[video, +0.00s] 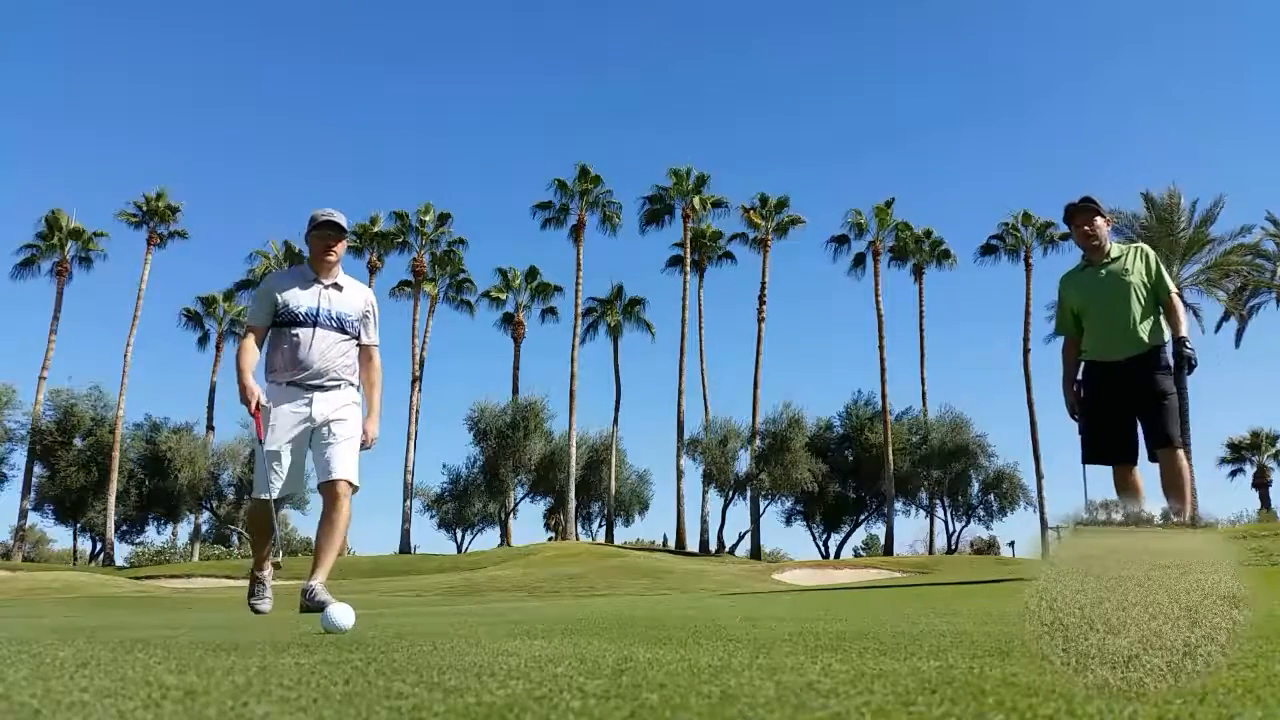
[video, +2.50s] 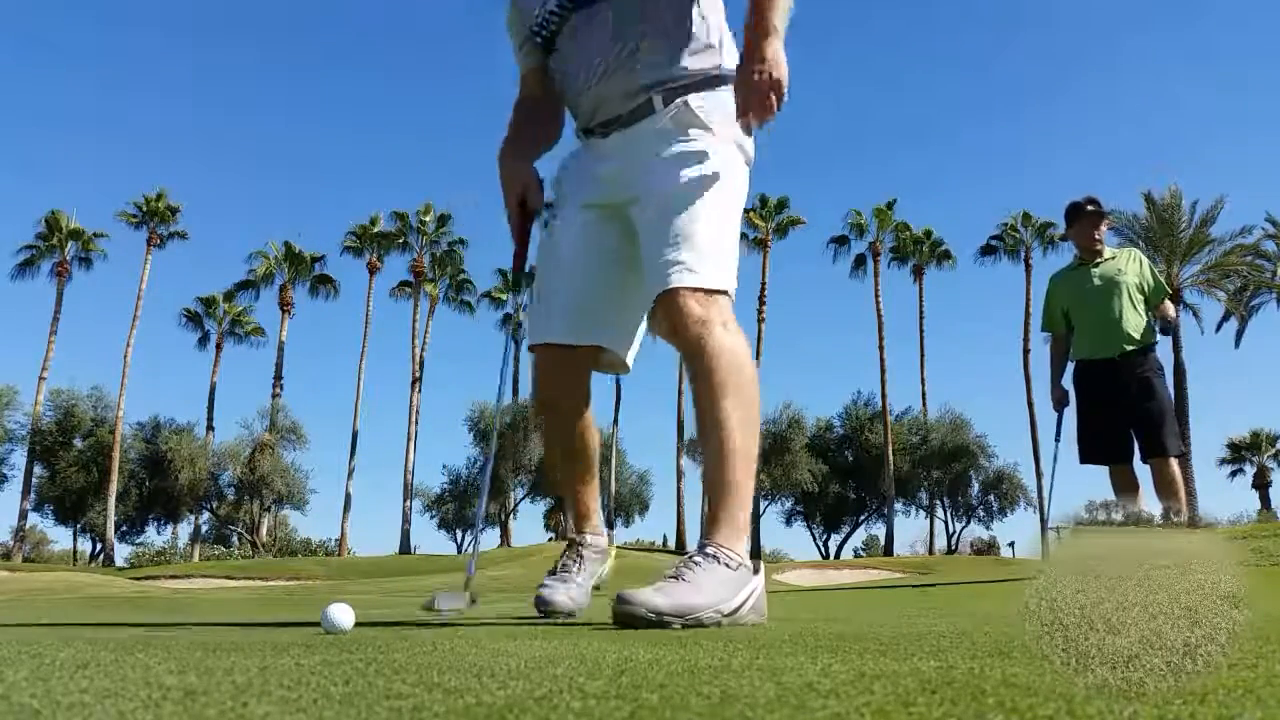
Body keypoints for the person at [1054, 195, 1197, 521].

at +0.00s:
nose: (1087, 229)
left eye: (1092, 221)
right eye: (1079, 226)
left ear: (1107, 223)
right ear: (1072, 235)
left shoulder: (1140, 254)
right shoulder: (1071, 282)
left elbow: (1170, 298)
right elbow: (1071, 339)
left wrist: (1182, 339)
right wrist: (1069, 386)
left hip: (1149, 366)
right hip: (1102, 375)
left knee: (1168, 446)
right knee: (1120, 460)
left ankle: (1181, 525)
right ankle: (1136, 530)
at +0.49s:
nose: (1086, 228)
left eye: (1091, 221)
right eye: (1078, 225)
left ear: (1106, 224)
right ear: (1072, 235)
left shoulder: (1139, 259)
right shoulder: (1067, 281)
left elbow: (1165, 305)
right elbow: (1065, 338)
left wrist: (1182, 347)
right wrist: (1064, 383)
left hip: (1146, 370)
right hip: (1099, 377)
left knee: (1163, 454)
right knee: (1120, 461)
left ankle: (1179, 530)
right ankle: (1137, 534)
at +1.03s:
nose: (1084, 229)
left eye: (1090, 222)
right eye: (1077, 226)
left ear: (1106, 224)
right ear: (1071, 234)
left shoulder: (1138, 260)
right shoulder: (1066, 281)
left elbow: (1164, 309)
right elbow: (1064, 337)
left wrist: (1182, 348)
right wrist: (1062, 382)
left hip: (1145, 370)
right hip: (1098, 377)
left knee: (1162, 455)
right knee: (1120, 462)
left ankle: (1179, 530)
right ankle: (1136, 534)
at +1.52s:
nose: (1085, 226)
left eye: (1091, 219)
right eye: (1077, 223)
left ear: (1106, 224)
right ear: (1070, 233)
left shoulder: (1136, 259)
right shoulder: (1064, 281)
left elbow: (1163, 306)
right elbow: (1063, 337)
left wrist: (1183, 350)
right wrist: (1061, 383)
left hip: (1143, 369)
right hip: (1097, 377)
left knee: (1161, 455)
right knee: (1119, 461)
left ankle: (1178, 529)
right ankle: (1135, 532)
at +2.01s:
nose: (1083, 224)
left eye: (1089, 217)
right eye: (1075, 221)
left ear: (1103, 223)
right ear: (1066, 232)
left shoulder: (1134, 257)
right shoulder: (1061, 280)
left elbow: (1161, 303)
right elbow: (1058, 335)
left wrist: (1181, 346)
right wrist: (1056, 379)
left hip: (1142, 369)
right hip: (1095, 376)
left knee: (1161, 453)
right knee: (1117, 460)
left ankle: (1178, 528)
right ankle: (1135, 531)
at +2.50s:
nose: (1096, 231)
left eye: (1099, 224)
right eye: (1087, 226)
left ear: (1106, 226)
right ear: (1070, 232)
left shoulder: (1133, 260)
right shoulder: (1061, 282)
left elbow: (1161, 301)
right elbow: (1059, 338)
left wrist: (1168, 314)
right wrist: (1056, 382)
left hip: (1140, 367)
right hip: (1094, 374)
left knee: (1161, 451)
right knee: (1117, 459)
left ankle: (1179, 528)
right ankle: (1134, 531)